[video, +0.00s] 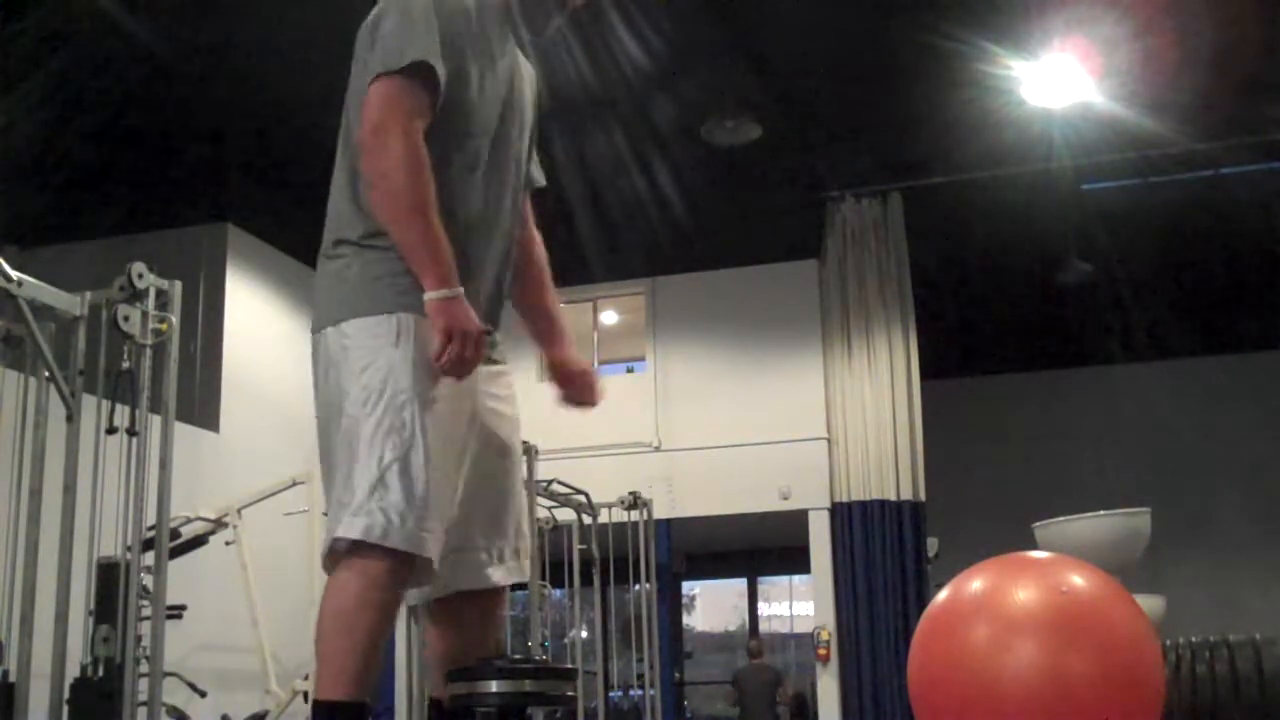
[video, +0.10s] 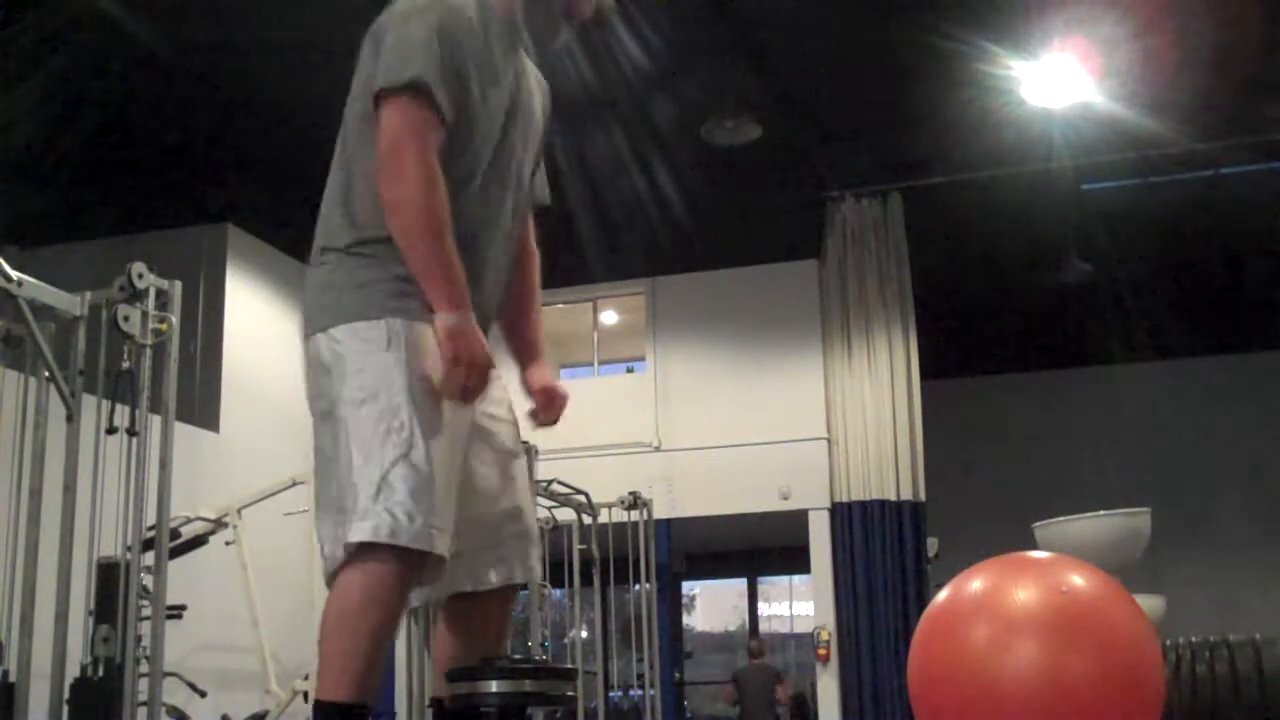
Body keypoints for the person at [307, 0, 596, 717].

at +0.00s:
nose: (580, 6)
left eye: (581, 10)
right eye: (578, 3)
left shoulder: (517, 64)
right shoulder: (427, 6)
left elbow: (513, 217)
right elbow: (386, 137)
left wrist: (557, 342)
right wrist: (442, 286)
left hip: (472, 323)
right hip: (388, 305)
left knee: (474, 567)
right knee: (380, 543)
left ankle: (470, 717)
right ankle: (336, 714)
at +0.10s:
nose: (596, 11)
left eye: (598, 10)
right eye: (592, 1)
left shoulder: (532, 83)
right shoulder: (429, 15)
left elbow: (516, 226)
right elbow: (404, 158)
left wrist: (533, 358)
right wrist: (453, 309)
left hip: (464, 326)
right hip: (377, 308)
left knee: (492, 548)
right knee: (391, 535)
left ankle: (465, 716)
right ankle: (337, 714)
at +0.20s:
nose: (608, 35)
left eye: (619, 22)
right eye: (601, 11)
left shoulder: (549, 131)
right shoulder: (447, 50)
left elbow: (519, 272)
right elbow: (424, 213)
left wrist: (530, 389)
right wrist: (475, 369)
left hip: (454, 342)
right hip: (358, 318)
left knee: (511, 558)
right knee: (402, 535)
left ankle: (475, 712)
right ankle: (339, 713)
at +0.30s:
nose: (617, 87)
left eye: (629, 75)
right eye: (613, 61)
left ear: (627, 89)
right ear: (564, 41)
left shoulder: (559, 192)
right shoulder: (464, 118)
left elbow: (526, 335)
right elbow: (447, 292)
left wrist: (542, 462)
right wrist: (486, 453)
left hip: (422, 377)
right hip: (329, 350)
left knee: (532, 554)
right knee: (420, 533)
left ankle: (476, 711)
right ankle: (342, 715)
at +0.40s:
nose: (639, 146)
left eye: (645, 129)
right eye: (628, 120)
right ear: (571, 108)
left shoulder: (566, 263)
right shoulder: (480, 199)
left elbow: (538, 420)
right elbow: (467, 390)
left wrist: (548, 562)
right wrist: (489, 552)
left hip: (403, 415)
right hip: (314, 392)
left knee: (552, 569)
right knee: (441, 542)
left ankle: (487, 709)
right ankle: (347, 712)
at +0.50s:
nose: (645, 186)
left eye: (648, 168)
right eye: (632, 161)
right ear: (571, 154)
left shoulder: (572, 305)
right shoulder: (493, 237)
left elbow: (543, 460)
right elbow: (474, 430)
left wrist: (547, 605)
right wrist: (488, 601)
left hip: (397, 446)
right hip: (307, 427)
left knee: (566, 570)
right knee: (459, 548)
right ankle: (355, 709)